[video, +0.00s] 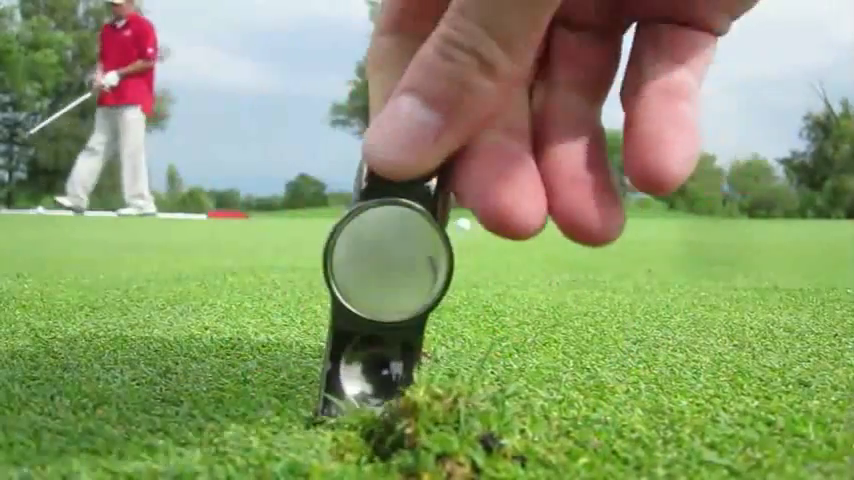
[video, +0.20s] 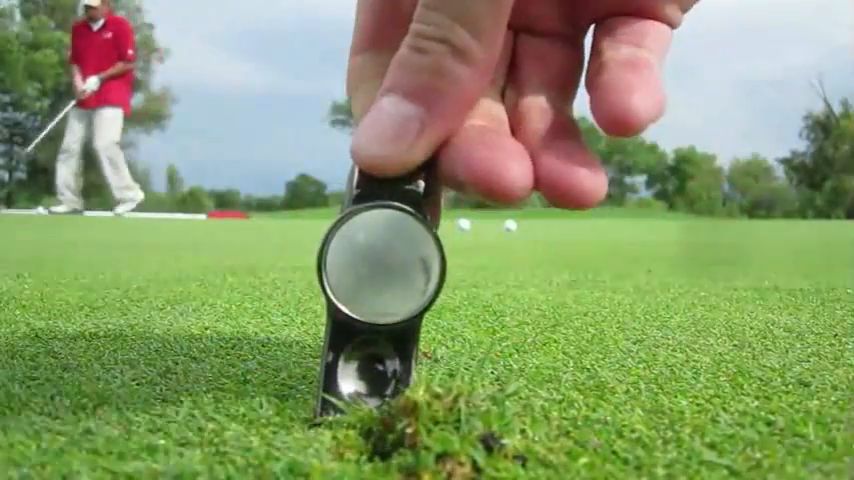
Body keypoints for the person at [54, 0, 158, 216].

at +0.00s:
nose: (114, 7)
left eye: (118, 4)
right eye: (112, 4)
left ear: (130, 4)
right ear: (111, 7)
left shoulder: (143, 26)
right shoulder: (107, 29)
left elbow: (148, 61)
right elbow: (102, 59)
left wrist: (117, 74)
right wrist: (98, 75)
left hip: (132, 97)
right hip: (108, 97)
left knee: (132, 150)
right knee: (96, 147)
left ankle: (140, 202)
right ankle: (76, 197)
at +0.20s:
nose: (89, 12)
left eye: (93, 8)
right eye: (87, 8)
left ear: (106, 6)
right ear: (84, 8)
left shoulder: (120, 26)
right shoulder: (78, 28)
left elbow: (128, 61)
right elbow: (75, 61)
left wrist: (99, 78)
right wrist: (77, 80)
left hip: (111, 94)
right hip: (84, 95)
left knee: (104, 143)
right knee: (70, 148)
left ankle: (129, 194)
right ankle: (69, 201)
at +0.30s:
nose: (82, 10)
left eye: (87, 6)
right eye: (80, 6)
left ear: (99, 4)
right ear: (77, 6)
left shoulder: (113, 24)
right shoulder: (70, 25)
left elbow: (120, 61)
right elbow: (66, 60)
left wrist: (91, 78)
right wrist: (72, 83)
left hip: (105, 94)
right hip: (78, 94)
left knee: (96, 140)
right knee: (64, 147)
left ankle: (109, 198)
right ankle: (70, 201)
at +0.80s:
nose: (76, 17)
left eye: (81, 13)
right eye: (73, 13)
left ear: (91, 9)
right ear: (68, 8)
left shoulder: (104, 30)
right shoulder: (57, 24)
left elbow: (105, 67)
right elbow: (46, 59)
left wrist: (77, 83)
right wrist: (58, 88)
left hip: (87, 97)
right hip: (55, 94)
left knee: (82, 146)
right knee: (40, 138)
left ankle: (75, 201)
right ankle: (55, 194)